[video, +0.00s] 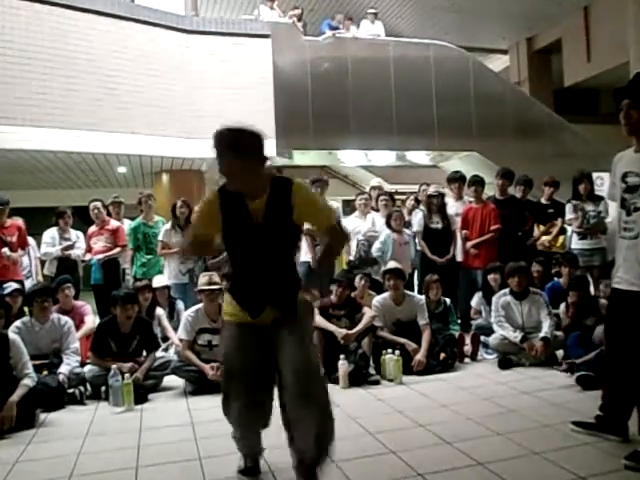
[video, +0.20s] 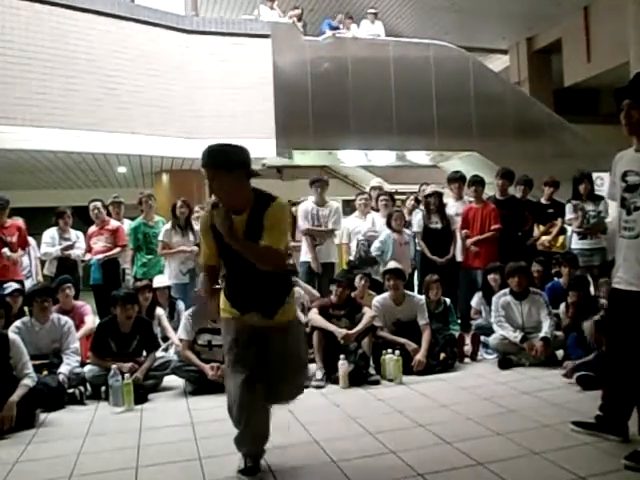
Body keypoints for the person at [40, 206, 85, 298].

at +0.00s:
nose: (66, 221)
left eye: (69, 218)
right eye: (63, 218)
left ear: (72, 219)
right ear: (58, 220)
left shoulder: (78, 234)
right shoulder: (49, 233)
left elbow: (81, 252)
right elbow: (43, 252)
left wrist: (70, 254)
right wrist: (60, 250)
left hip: (73, 267)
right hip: (55, 266)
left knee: (74, 296)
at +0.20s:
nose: (66, 221)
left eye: (68, 218)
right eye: (63, 218)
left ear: (72, 219)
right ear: (57, 220)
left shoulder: (78, 234)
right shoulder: (49, 233)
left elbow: (81, 252)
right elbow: (43, 253)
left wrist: (70, 254)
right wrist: (60, 250)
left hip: (73, 268)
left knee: (73, 297)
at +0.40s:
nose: (66, 221)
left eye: (68, 218)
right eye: (62, 218)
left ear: (71, 219)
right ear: (57, 220)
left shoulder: (78, 234)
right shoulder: (49, 233)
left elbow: (81, 253)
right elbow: (43, 253)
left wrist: (70, 254)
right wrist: (60, 250)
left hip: (72, 269)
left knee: (73, 298)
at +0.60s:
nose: (66, 221)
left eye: (68, 217)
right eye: (62, 218)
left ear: (71, 219)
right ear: (57, 220)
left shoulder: (78, 235)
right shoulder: (49, 234)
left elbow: (81, 253)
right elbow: (43, 253)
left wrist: (69, 253)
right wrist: (60, 250)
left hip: (72, 268)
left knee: (73, 298)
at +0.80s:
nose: (66, 220)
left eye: (68, 217)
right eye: (62, 218)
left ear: (71, 219)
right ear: (57, 220)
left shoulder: (78, 234)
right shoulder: (49, 234)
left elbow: (80, 253)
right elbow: (44, 252)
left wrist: (69, 251)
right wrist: (63, 249)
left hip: (73, 265)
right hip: (56, 265)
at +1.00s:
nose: (67, 220)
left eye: (69, 217)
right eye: (63, 217)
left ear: (72, 219)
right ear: (58, 220)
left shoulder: (79, 233)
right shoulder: (50, 233)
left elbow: (82, 254)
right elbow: (47, 252)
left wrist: (68, 252)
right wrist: (66, 248)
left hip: (73, 265)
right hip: (56, 265)